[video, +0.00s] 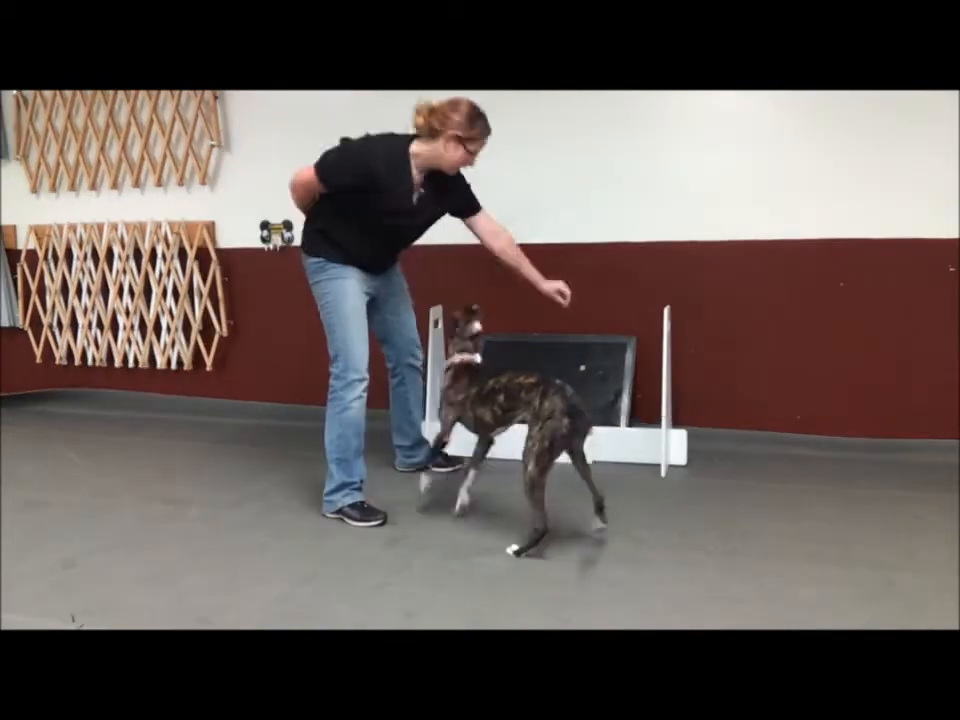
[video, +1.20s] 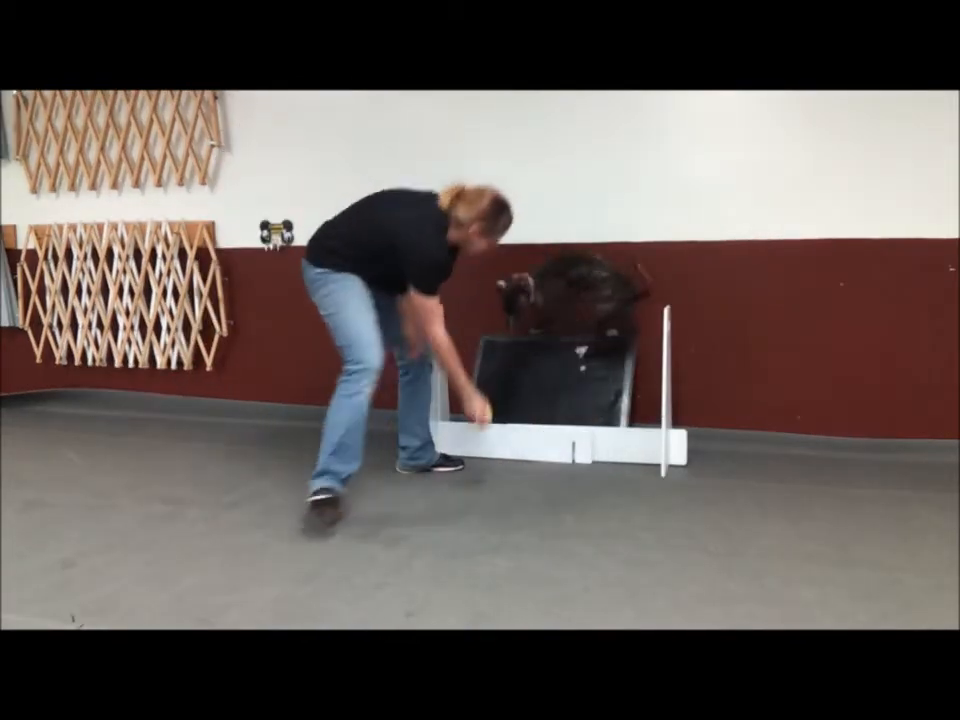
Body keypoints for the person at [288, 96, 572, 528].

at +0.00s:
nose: (472, 161)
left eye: (476, 153)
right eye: (469, 150)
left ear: (453, 142)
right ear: (446, 138)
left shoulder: (449, 183)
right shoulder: (371, 155)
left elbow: (493, 235)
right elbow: (301, 184)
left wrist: (540, 282)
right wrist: (321, 223)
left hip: (383, 266)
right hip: (334, 262)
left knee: (407, 357)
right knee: (352, 370)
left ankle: (413, 453)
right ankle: (343, 495)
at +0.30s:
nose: (504, 199)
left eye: (508, 192)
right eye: (503, 189)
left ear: (488, 181)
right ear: (485, 179)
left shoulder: (468, 210)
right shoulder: (425, 185)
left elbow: (506, 234)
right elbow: (349, 186)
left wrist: (551, 258)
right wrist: (319, 218)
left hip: (382, 270)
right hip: (341, 260)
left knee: (413, 359)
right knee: (356, 372)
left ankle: (412, 454)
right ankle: (340, 495)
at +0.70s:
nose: (506, 185)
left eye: (508, 178)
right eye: (507, 176)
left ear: (486, 164)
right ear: (495, 166)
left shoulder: (459, 182)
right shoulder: (467, 177)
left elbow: (478, 219)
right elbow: (405, 198)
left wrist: (516, 238)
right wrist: (374, 267)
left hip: (395, 256)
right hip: (386, 256)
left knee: (425, 355)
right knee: (414, 358)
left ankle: (417, 454)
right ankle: (351, 467)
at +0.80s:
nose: (504, 171)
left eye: (507, 164)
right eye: (505, 162)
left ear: (484, 151)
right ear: (492, 151)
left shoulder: (454, 168)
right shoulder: (460, 166)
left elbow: (458, 213)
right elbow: (406, 204)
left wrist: (498, 235)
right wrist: (426, 279)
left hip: (380, 251)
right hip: (381, 252)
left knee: (424, 350)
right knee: (440, 348)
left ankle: (418, 454)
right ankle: (380, 448)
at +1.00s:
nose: (506, 188)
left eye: (510, 182)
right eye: (507, 179)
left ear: (486, 167)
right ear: (489, 169)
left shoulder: (450, 177)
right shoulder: (453, 189)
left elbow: (431, 252)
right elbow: (430, 262)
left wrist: (472, 292)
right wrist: (479, 301)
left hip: (376, 261)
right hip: (365, 264)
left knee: (424, 350)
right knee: (434, 350)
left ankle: (416, 454)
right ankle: (379, 421)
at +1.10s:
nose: (504, 212)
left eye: (508, 206)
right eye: (504, 203)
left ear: (484, 189)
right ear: (486, 192)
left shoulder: (453, 199)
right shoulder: (444, 213)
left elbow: (433, 257)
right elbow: (436, 291)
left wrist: (437, 302)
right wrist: (474, 347)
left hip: (392, 268)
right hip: (353, 264)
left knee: (421, 355)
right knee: (407, 356)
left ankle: (417, 455)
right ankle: (348, 459)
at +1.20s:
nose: (488, 250)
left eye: (492, 244)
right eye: (489, 242)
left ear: (473, 225)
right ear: (474, 229)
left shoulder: (442, 217)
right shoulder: (430, 246)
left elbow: (411, 266)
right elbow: (435, 330)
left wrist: (411, 318)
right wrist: (468, 393)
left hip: (382, 277)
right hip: (335, 268)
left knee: (416, 352)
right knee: (365, 363)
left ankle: (417, 455)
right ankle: (326, 484)